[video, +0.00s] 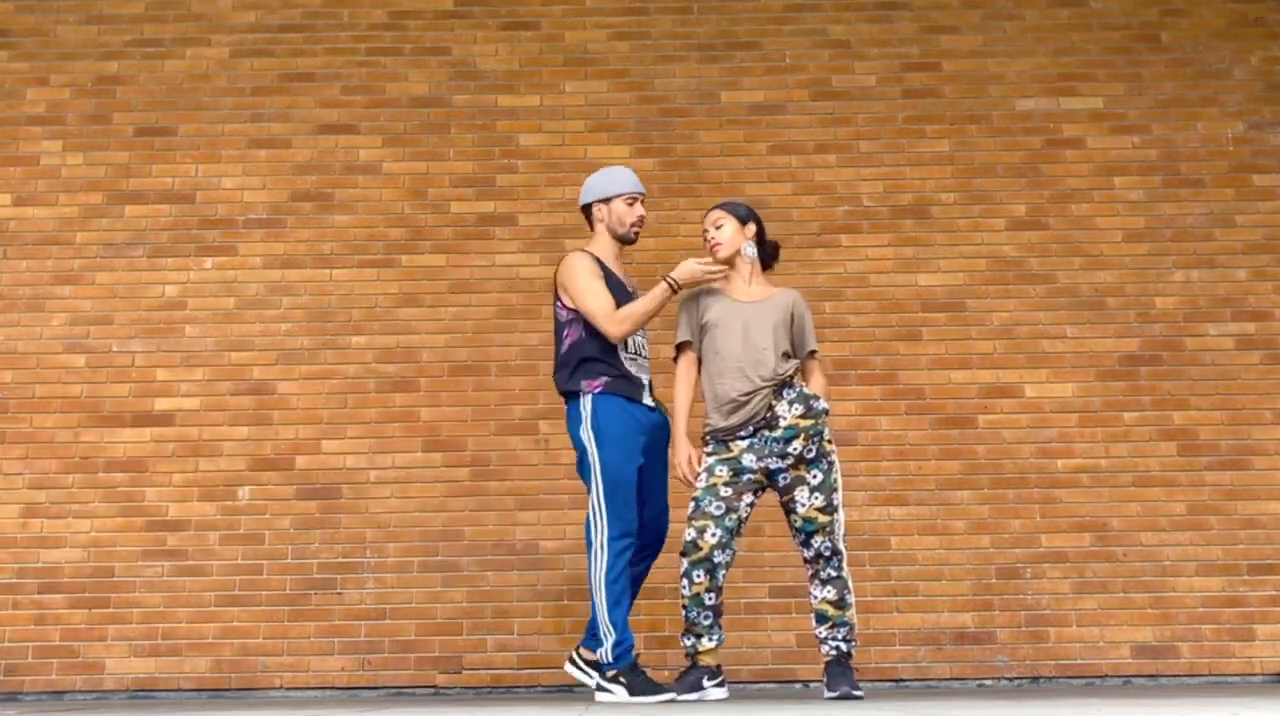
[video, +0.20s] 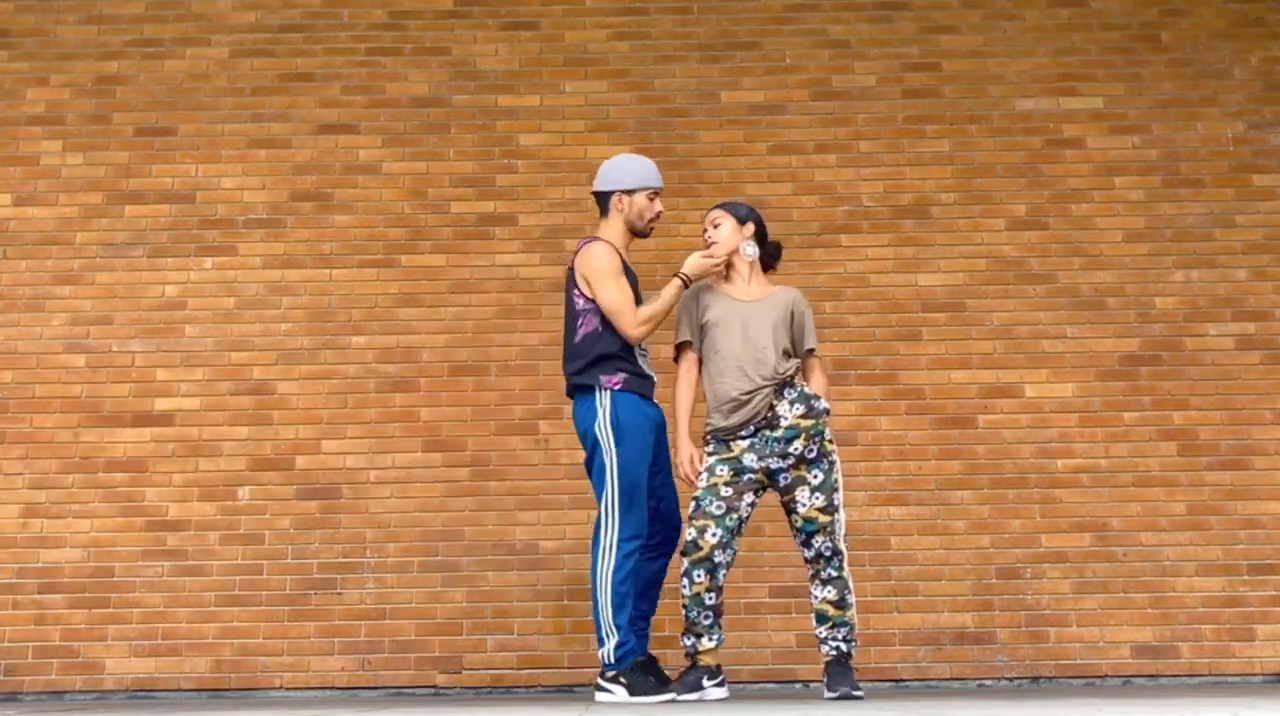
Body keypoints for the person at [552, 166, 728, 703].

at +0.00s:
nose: (640, 212)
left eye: (641, 204)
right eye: (629, 202)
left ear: (630, 214)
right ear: (597, 211)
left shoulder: (622, 282)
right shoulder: (576, 264)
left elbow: (629, 366)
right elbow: (613, 325)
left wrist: (657, 410)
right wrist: (672, 282)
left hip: (643, 413)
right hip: (603, 409)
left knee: (651, 531)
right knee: (617, 530)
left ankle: (593, 651)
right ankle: (617, 662)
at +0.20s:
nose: (661, 207)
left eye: (660, 197)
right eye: (652, 197)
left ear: (626, 203)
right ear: (621, 199)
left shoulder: (615, 260)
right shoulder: (597, 253)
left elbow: (628, 339)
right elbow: (632, 325)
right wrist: (683, 276)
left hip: (635, 403)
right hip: (611, 401)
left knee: (662, 526)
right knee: (624, 526)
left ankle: (633, 653)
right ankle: (619, 662)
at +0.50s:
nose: (677, 208)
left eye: (678, 198)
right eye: (669, 197)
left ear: (642, 200)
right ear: (639, 196)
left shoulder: (628, 254)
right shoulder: (609, 249)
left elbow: (629, 338)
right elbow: (637, 329)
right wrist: (678, 274)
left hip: (636, 404)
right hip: (609, 403)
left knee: (664, 527)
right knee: (618, 531)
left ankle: (675, 657)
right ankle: (616, 666)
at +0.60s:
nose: (679, 211)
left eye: (681, 201)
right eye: (674, 200)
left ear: (646, 200)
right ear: (644, 198)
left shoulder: (633, 256)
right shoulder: (608, 249)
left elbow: (639, 350)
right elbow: (636, 330)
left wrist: (657, 401)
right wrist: (674, 274)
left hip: (642, 403)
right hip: (610, 402)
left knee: (669, 522)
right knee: (618, 529)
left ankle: (671, 654)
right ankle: (616, 666)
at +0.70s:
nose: (682, 214)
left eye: (684, 204)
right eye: (676, 203)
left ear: (650, 202)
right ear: (646, 199)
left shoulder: (638, 261)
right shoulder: (606, 251)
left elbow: (648, 350)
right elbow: (632, 330)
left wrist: (666, 398)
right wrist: (671, 274)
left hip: (647, 405)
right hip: (612, 404)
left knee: (667, 525)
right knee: (619, 530)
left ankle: (663, 655)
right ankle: (616, 665)